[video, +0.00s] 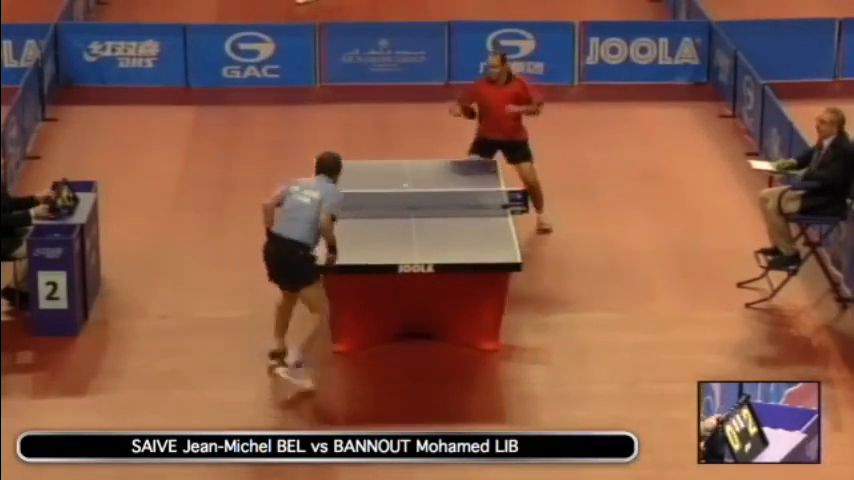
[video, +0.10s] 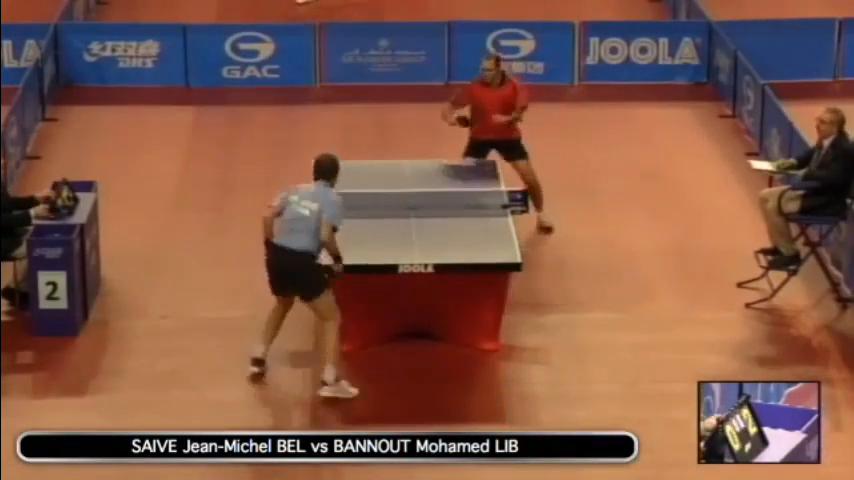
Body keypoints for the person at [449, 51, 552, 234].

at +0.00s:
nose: (491, 71)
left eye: (495, 67)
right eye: (490, 67)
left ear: (505, 67)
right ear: (488, 67)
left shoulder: (518, 85)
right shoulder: (480, 86)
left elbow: (535, 108)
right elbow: (469, 110)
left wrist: (519, 109)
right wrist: (462, 110)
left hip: (514, 139)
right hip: (486, 138)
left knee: (530, 179)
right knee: (472, 175)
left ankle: (540, 217)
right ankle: (471, 218)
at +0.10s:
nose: (485, 74)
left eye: (489, 71)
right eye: (483, 70)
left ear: (499, 69)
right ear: (481, 70)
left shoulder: (513, 87)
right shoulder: (474, 88)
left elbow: (520, 112)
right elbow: (450, 107)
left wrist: (507, 118)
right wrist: (452, 119)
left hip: (507, 139)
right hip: (479, 139)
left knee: (530, 177)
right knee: (466, 175)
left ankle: (540, 216)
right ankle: (463, 218)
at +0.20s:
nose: (477, 89)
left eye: (482, 85)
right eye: (475, 85)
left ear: (492, 85)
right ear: (472, 84)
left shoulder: (502, 102)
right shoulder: (463, 103)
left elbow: (503, 124)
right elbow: (437, 126)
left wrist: (495, 135)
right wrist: (446, 144)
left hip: (495, 151)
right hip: (468, 153)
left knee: (522, 177)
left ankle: (541, 218)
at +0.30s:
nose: (475, 99)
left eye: (479, 96)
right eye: (473, 95)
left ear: (487, 97)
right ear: (469, 95)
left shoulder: (494, 113)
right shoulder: (457, 114)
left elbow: (495, 134)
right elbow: (437, 134)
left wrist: (490, 147)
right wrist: (445, 150)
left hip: (487, 157)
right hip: (461, 158)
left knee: (522, 184)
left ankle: (541, 219)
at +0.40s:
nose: (468, 110)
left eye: (472, 106)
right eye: (466, 106)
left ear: (479, 107)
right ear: (461, 106)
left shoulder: (486, 121)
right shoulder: (453, 125)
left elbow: (497, 143)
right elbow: (446, 148)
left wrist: (491, 148)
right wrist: (439, 146)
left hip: (484, 163)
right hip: (457, 164)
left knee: (519, 187)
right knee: (431, 188)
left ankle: (538, 220)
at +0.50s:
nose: (464, 108)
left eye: (469, 104)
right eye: (462, 103)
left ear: (477, 105)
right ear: (458, 103)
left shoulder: (487, 120)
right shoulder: (448, 124)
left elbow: (503, 136)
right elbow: (436, 145)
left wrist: (511, 147)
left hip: (487, 166)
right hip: (456, 166)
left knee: (521, 188)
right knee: (422, 184)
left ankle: (532, 219)